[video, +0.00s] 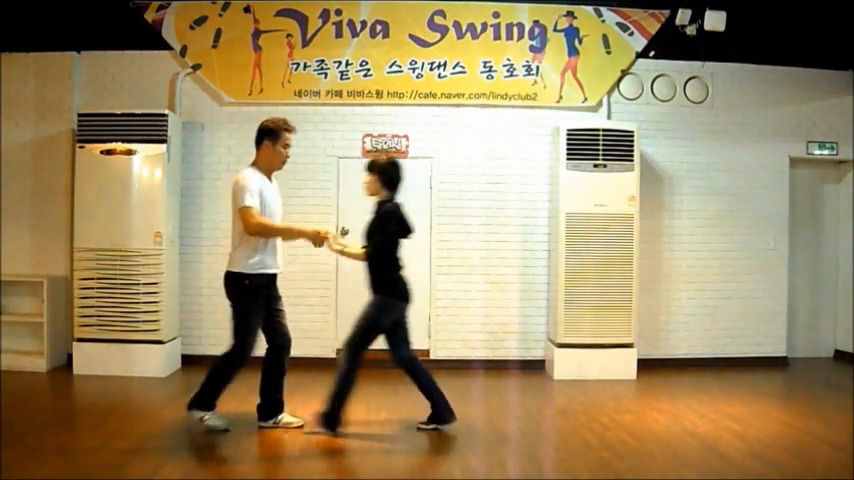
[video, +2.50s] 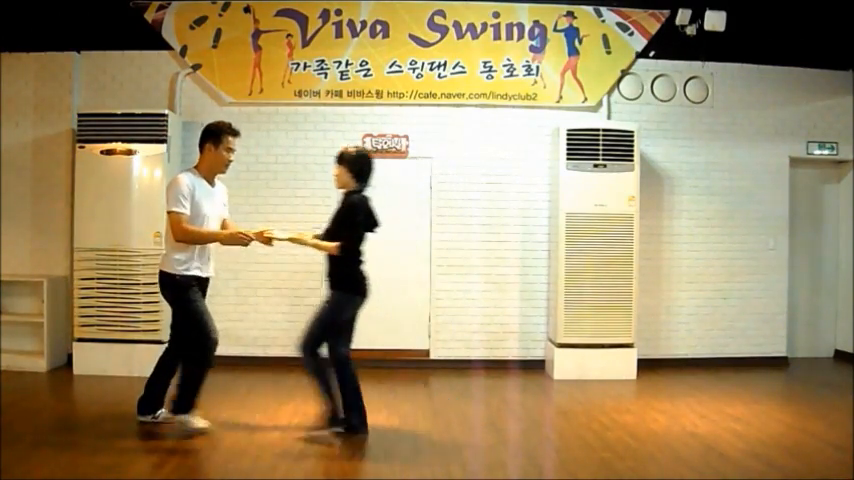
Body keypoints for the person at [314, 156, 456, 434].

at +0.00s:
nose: (365, 180)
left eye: (369, 176)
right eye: (367, 175)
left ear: (382, 181)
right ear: (385, 181)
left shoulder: (386, 213)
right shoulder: (389, 210)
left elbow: (369, 255)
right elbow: (374, 252)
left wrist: (337, 248)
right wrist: (341, 244)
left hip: (387, 298)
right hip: (393, 296)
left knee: (352, 349)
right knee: (403, 355)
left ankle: (331, 417)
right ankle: (442, 411)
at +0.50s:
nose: (424, 206)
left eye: (427, 200)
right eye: (424, 200)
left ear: (442, 202)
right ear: (441, 203)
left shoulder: (454, 233)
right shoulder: (443, 232)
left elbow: (459, 277)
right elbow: (415, 265)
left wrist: (428, 269)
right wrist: (371, 272)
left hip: (466, 318)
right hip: (453, 314)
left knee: (422, 367)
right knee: (414, 360)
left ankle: (458, 425)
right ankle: (442, 415)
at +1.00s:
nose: (432, 177)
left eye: (436, 171)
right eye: (433, 171)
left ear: (451, 173)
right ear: (448, 174)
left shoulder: (469, 206)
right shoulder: (445, 208)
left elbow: (475, 249)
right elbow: (413, 233)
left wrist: (454, 227)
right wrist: (372, 236)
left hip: (464, 290)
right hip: (448, 290)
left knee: (454, 356)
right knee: (448, 353)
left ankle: (464, 429)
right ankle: (447, 408)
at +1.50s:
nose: (437, 174)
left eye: (442, 169)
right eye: (439, 169)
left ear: (456, 173)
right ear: (455, 173)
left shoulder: (469, 205)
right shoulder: (452, 206)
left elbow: (470, 249)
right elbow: (418, 231)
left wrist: (447, 229)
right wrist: (376, 223)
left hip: (463, 291)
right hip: (452, 289)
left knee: (454, 357)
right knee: (448, 353)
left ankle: (463, 429)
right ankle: (447, 408)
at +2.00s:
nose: (426, 176)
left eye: (430, 170)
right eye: (427, 170)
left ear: (445, 174)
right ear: (441, 175)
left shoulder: (457, 207)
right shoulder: (437, 209)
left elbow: (464, 249)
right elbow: (401, 230)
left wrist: (429, 235)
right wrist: (361, 226)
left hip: (453, 295)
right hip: (436, 294)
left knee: (442, 361)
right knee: (410, 348)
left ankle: (465, 427)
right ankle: (437, 400)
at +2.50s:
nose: (335, 173)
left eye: (339, 169)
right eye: (337, 168)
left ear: (351, 173)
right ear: (356, 174)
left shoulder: (353, 204)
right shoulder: (356, 202)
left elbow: (339, 247)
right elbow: (334, 241)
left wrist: (307, 240)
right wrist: (307, 238)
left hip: (345, 291)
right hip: (350, 289)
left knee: (309, 345)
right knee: (339, 352)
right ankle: (355, 421)